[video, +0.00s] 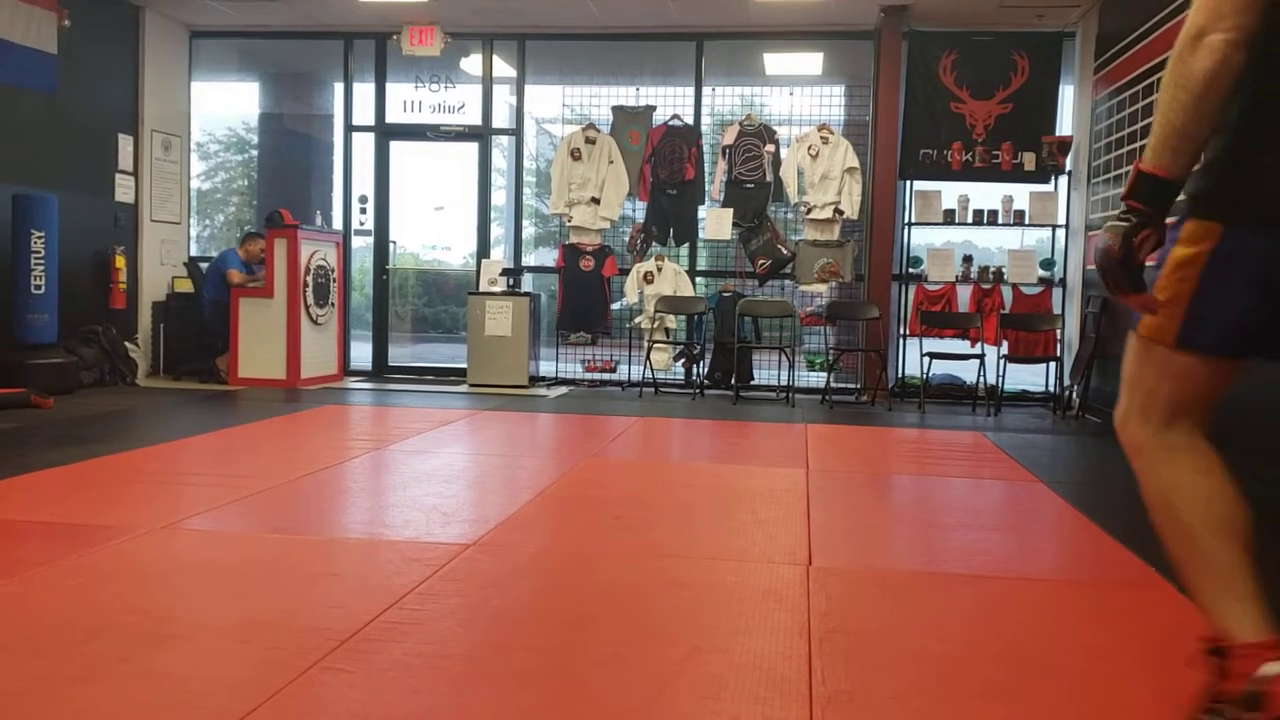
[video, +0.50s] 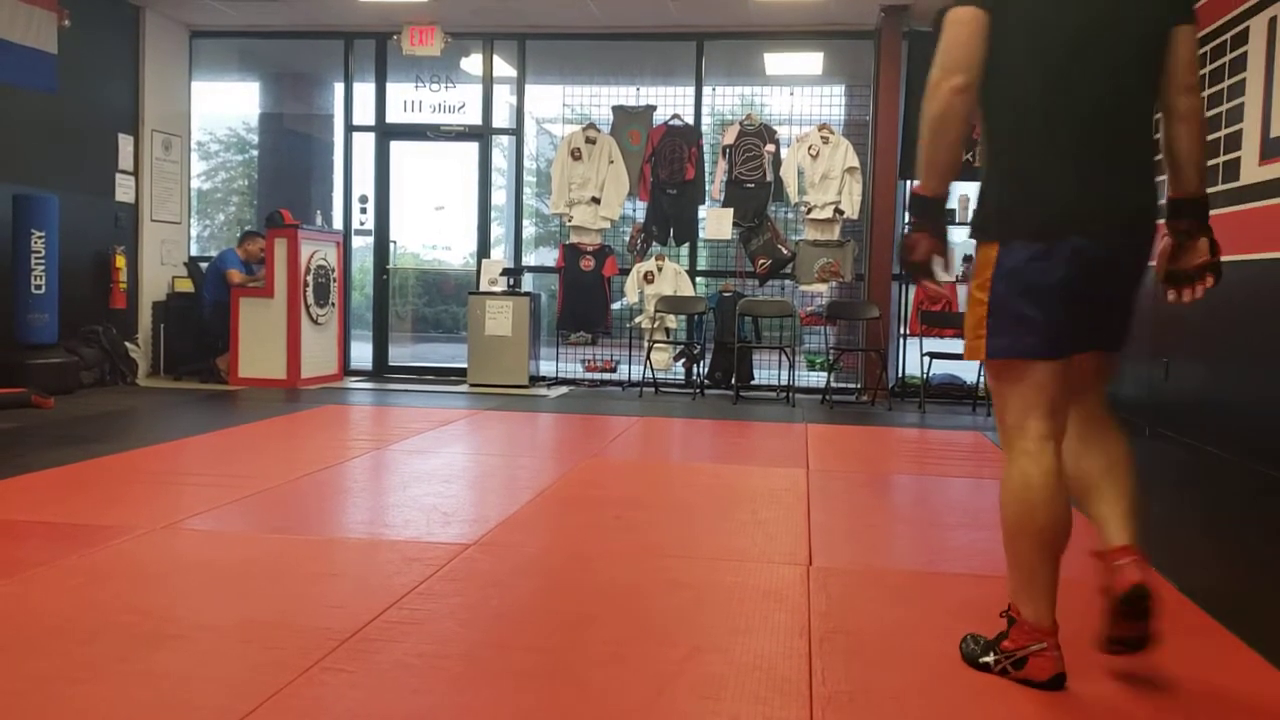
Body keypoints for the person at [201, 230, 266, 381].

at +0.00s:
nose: (262, 255)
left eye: (264, 252)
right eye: (261, 250)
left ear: (249, 246)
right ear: (248, 245)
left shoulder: (245, 264)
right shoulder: (230, 256)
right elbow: (234, 279)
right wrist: (257, 277)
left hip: (229, 306)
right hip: (214, 307)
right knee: (250, 333)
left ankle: (225, 363)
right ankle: (222, 362)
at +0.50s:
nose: (262, 255)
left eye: (263, 251)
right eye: (260, 250)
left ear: (248, 246)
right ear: (247, 245)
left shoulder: (245, 263)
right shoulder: (229, 256)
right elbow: (234, 279)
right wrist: (257, 278)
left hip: (229, 308)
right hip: (214, 309)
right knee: (252, 332)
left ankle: (226, 363)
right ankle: (223, 362)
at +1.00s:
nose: (262, 254)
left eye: (263, 250)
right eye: (260, 249)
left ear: (247, 246)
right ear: (247, 245)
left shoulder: (245, 263)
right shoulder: (229, 256)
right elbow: (235, 279)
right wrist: (257, 278)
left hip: (230, 308)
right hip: (215, 309)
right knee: (253, 332)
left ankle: (226, 363)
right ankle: (223, 362)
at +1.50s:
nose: (262, 254)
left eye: (263, 251)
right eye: (260, 249)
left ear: (247, 245)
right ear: (246, 244)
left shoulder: (245, 263)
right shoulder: (229, 256)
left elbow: (252, 281)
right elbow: (235, 279)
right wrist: (257, 278)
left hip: (230, 308)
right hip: (214, 309)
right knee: (253, 331)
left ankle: (227, 363)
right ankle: (223, 362)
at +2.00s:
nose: (262, 253)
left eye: (263, 250)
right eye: (260, 248)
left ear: (247, 245)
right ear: (247, 244)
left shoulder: (245, 263)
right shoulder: (228, 255)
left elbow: (253, 282)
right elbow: (236, 280)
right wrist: (258, 279)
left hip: (230, 308)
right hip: (213, 309)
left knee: (257, 328)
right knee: (252, 331)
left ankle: (226, 362)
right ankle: (223, 362)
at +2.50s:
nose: (261, 253)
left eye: (262, 250)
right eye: (260, 248)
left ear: (248, 245)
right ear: (247, 244)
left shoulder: (245, 263)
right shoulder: (228, 255)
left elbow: (252, 282)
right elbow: (236, 279)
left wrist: (265, 276)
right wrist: (258, 278)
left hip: (230, 307)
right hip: (214, 308)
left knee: (258, 328)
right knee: (252, 331)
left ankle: (226, 363)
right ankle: (223, 362)